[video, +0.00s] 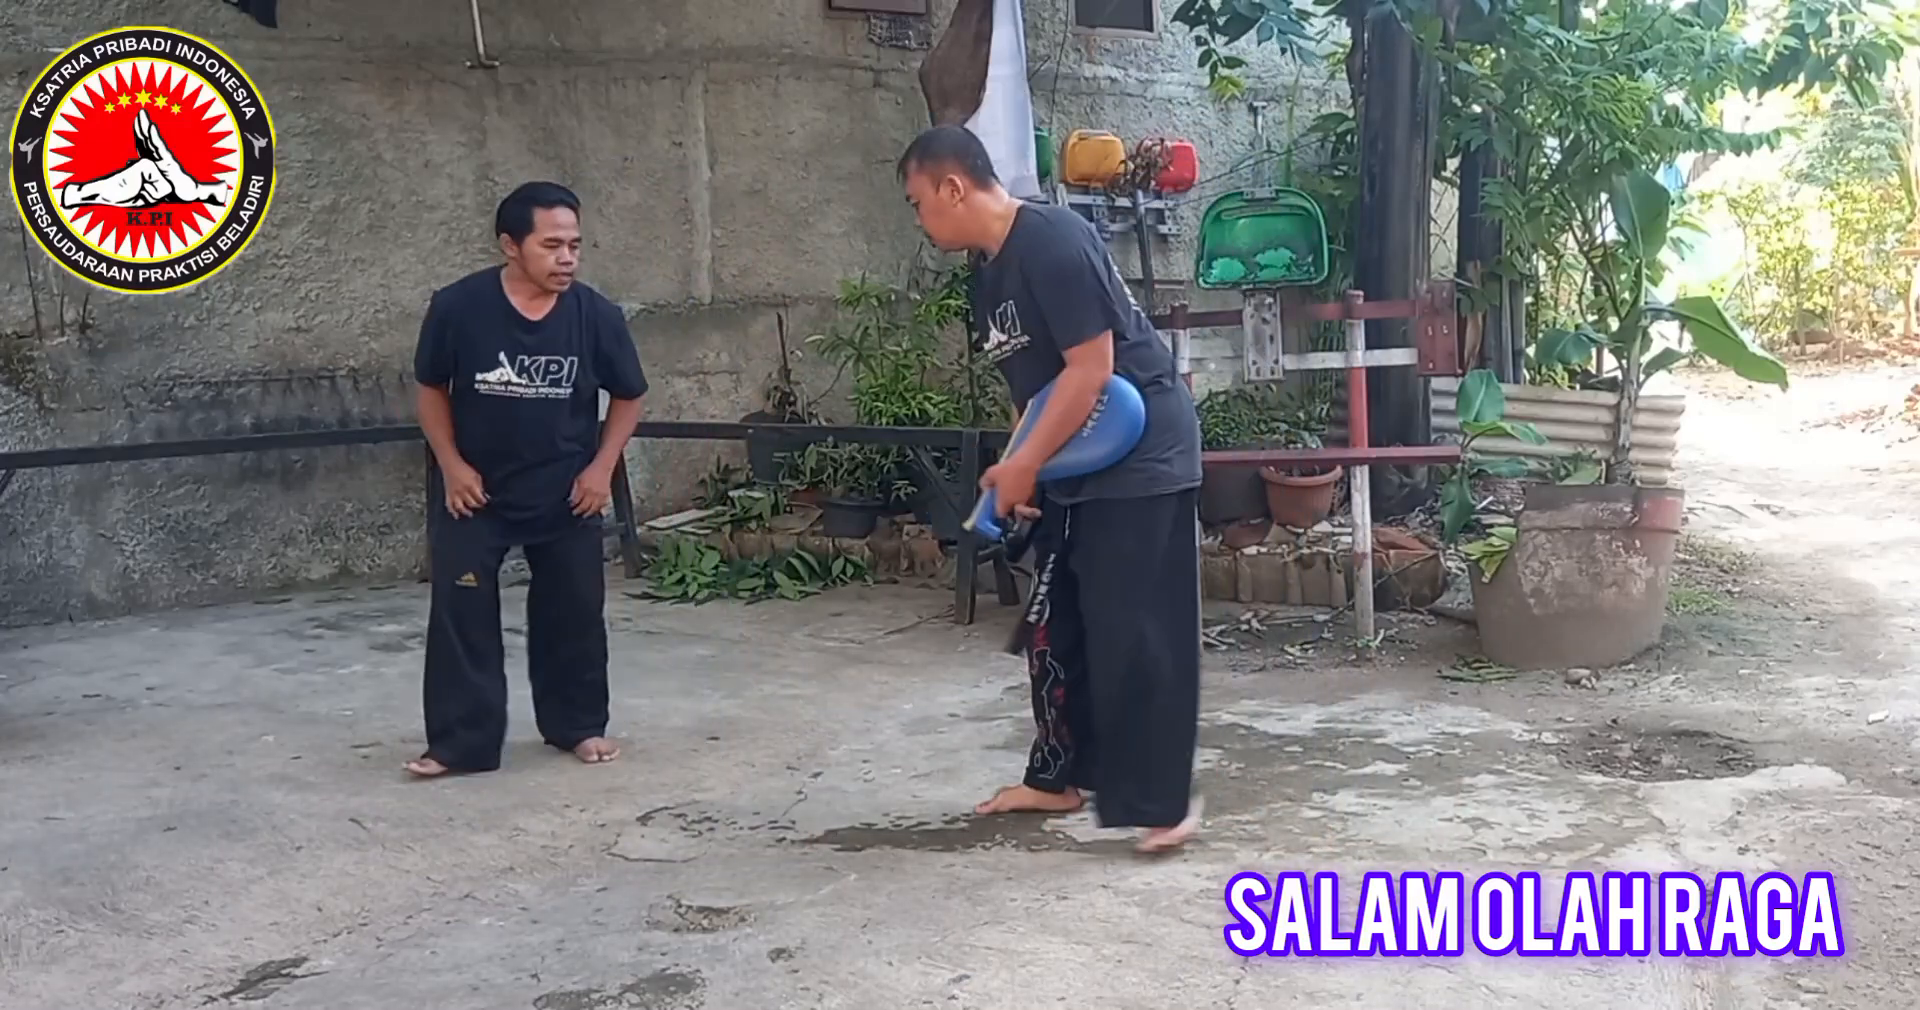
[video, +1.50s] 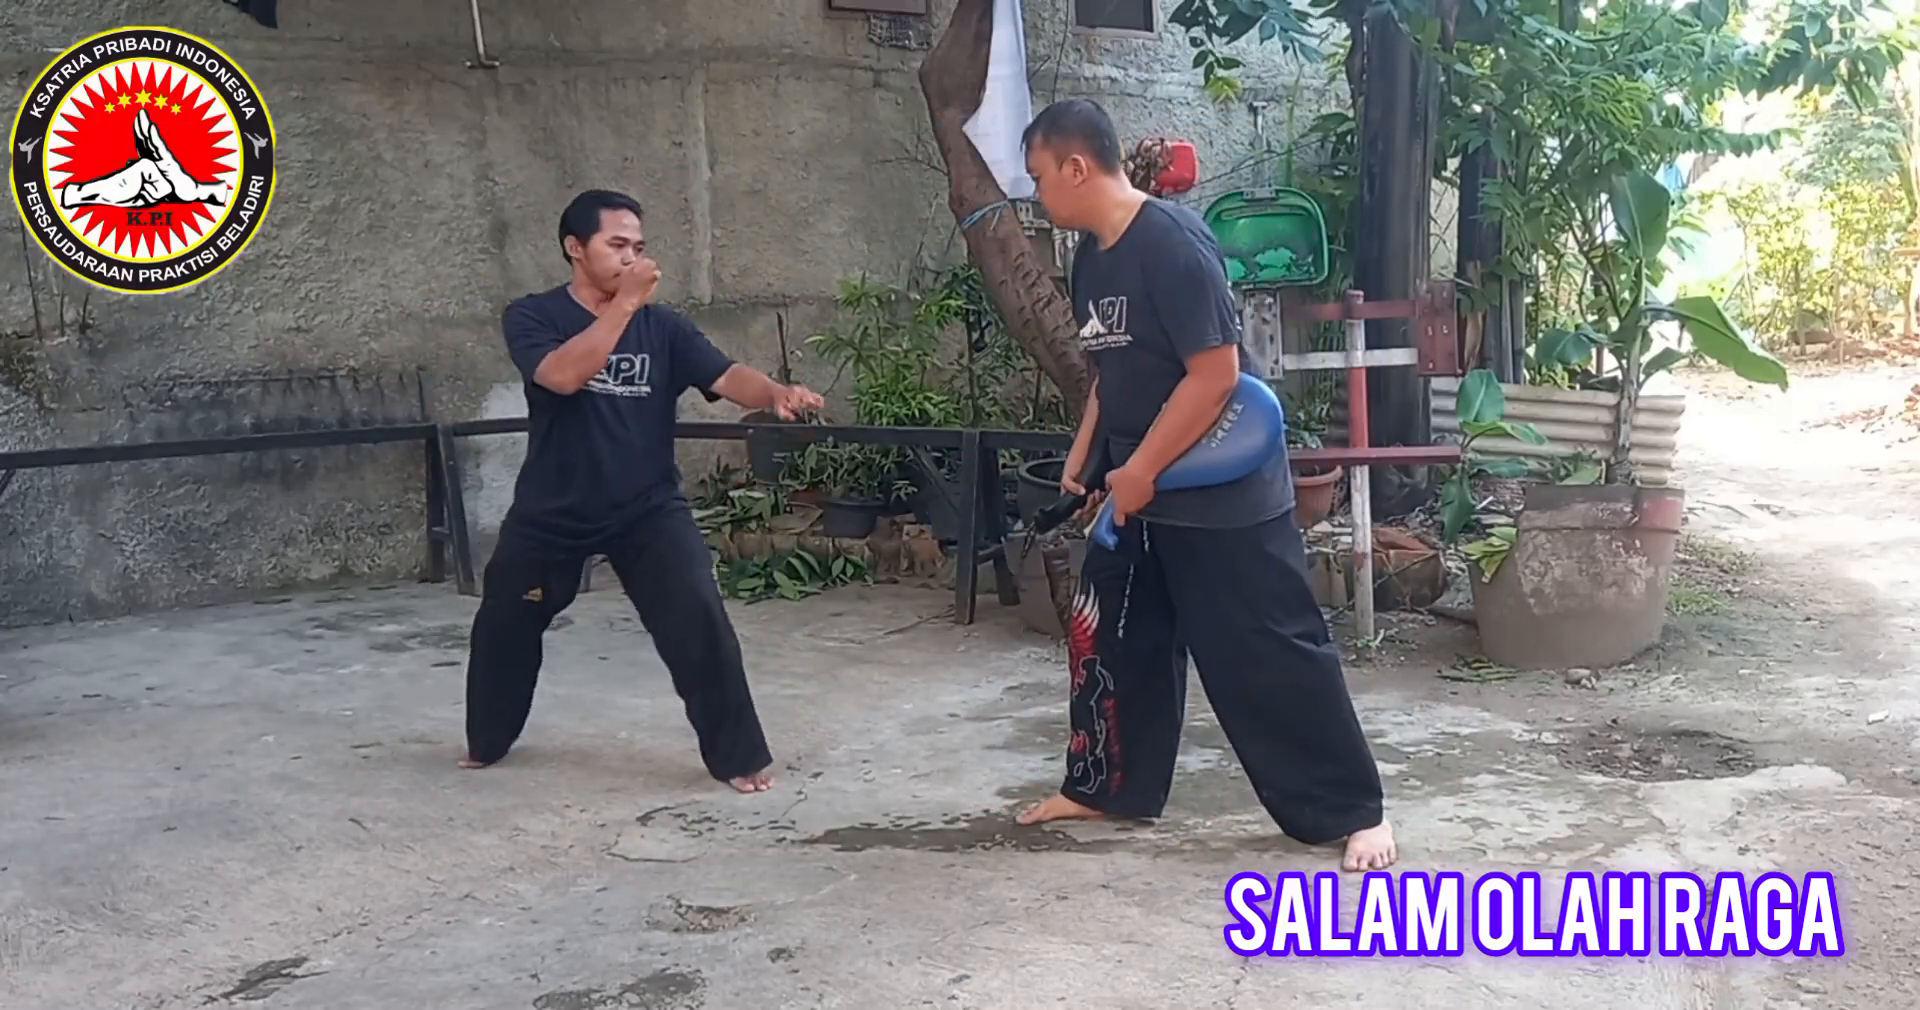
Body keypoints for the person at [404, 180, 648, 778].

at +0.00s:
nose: (569, 258)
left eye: (574, 245)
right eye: (554, 246)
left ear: (579, 244)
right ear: (511, 246)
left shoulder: (597, 316)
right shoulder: (456, 308)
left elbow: (629, 396)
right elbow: (433, 389)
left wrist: (602, 468)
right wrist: (451, 463)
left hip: (566, 492)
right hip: (473, 492)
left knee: (577, 608)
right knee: (459, 611)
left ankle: (576, 725)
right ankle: (462, 744)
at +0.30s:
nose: (534, 256)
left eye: (538, 245)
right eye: (519, 245)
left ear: (544, 253)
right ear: (476, 254)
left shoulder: (569, 331)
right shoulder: (430, 330)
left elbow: (608, 412)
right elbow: (401, 401)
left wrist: (588, 464)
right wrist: (430, 461)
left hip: (558, 501)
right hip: (468, 506)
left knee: (612, 588)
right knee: (457, 620)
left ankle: (611, 712)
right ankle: (488, 716)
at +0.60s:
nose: (616, 276)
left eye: (621, 266)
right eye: (601, 264)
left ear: (627, 275)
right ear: (559, 274)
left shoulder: (648, 354)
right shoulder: (517, 349)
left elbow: (711, 415)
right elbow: (491, 440)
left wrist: (730, 440)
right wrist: (565, 401)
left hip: (639, 523)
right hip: (543, 525)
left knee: (690, 616)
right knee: (485, 630)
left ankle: (719, 753)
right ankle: (472, 724)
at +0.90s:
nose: (614, 272)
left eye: (620, 260)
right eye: (599, 260)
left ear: (624, 263)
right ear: (557, 264)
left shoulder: (644, 337)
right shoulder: (515, 330)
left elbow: (698, 406)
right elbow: (526, 415)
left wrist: (733, 452)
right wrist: (590, 354)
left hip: (626, 511)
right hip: (533, 511)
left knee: (675, 611)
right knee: (488, 615)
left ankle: (715, 752)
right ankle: (486, 733)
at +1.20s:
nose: (623, 253)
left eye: (628, 242)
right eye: (608, 241)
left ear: (633, 250)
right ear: (565, 247)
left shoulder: (653, 327)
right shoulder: (524, 312)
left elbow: (707, 388)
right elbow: (529, 386)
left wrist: (754, 428)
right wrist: (597, 324)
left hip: (645, 505)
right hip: (550, 507)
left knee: (698, 614)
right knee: (504, 623)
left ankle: (729, 758)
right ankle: (480, 741)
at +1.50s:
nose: (633, 256)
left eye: (639, 245)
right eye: (619, 244)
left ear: (644, 252)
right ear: (575, 248)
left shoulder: (661, 325)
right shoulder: (531, 316)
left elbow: (725, 375)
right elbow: (561, 375)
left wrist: (775, 393)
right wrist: (624, 303)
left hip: (648, 507)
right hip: (553, 510)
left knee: (698, 619)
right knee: (502, 625)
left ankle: (738, 755)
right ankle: (486, 738)